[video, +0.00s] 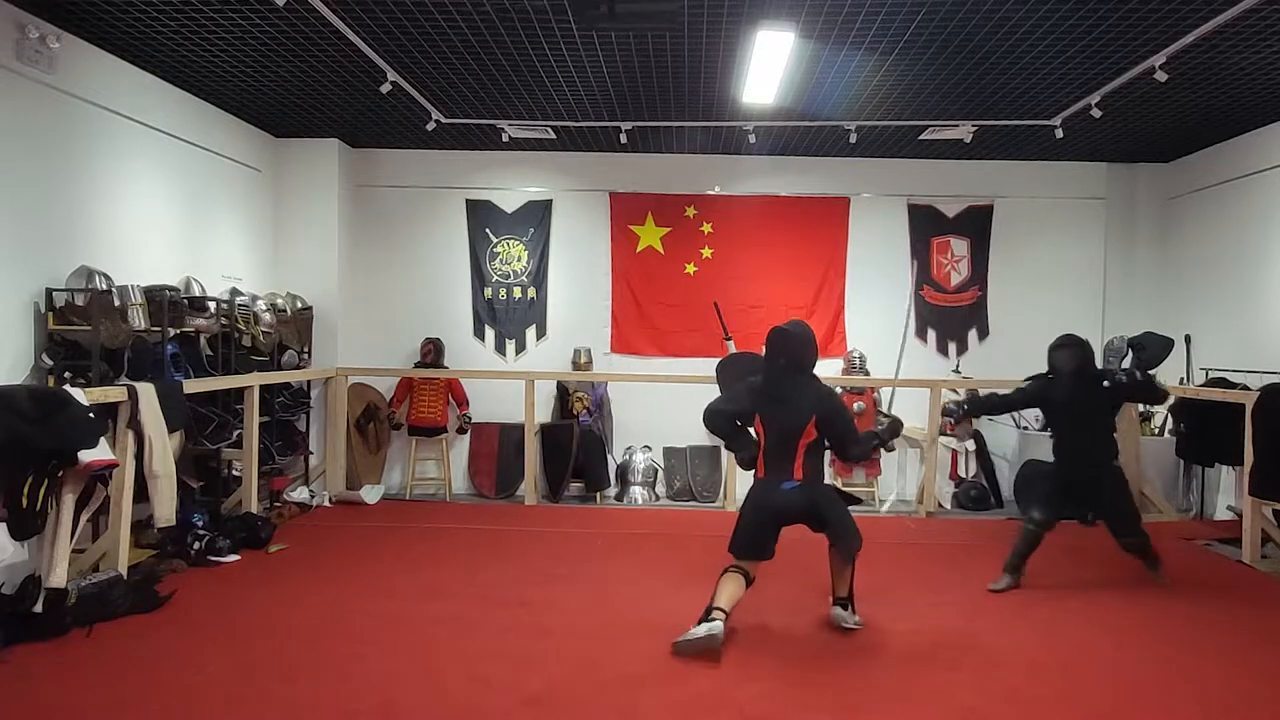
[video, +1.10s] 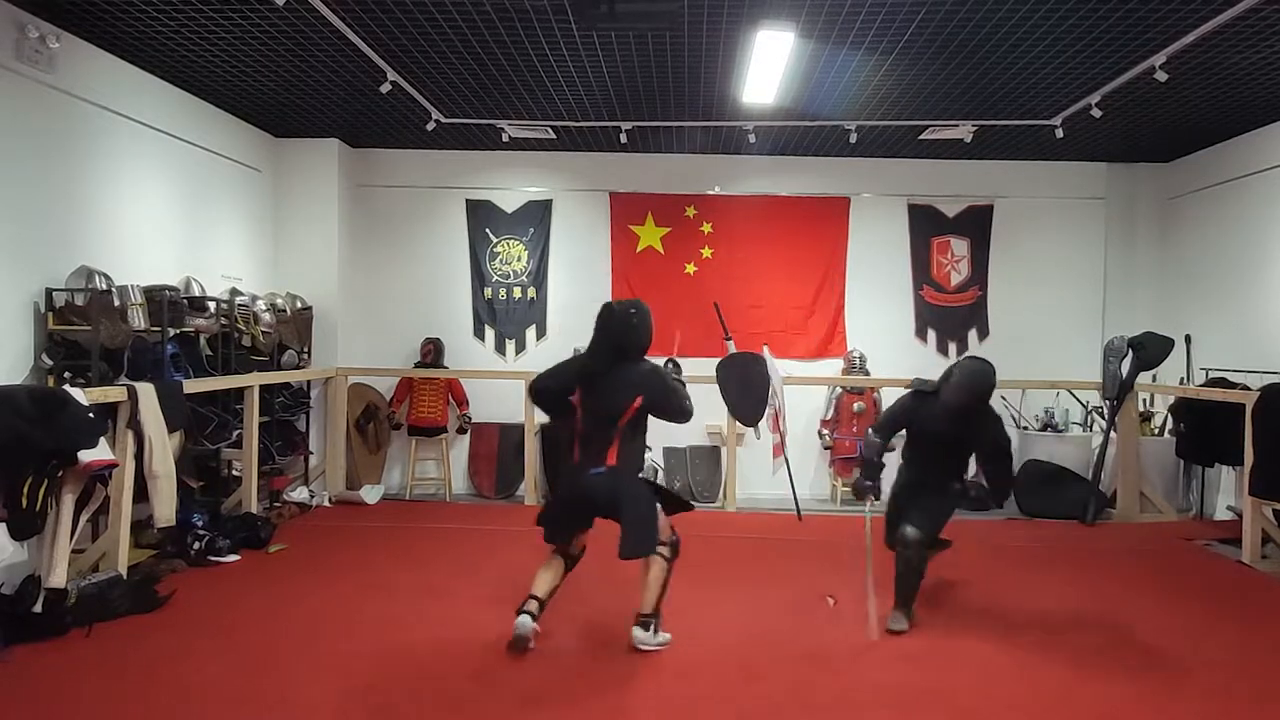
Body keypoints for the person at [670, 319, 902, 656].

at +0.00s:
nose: (812, 357)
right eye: (810, 351)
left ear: (771, 354)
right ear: (809, 356)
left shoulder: (756, 389)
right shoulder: (823, 396)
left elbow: (714, 414)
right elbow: (851, 449)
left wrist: (744, 446)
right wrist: (880, 434)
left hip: (765, 494)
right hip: (811, 494)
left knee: (742, 565)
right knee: (844, 538)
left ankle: (714, 619)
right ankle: (842, 606)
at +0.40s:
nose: (764, 339)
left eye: (761, 333)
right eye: (761, 333)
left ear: (719, 336)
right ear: (756, 338)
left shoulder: (699, 370)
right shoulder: (762, 380)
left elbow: (656, 394)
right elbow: (791, 435)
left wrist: (684, 427)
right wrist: (841, 430)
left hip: (700, 481)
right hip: (747, 484)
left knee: (687, 552)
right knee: (790, 529)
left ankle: (664, 625)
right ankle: (796, 612)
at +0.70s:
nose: (746, 341)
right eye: (742, 335)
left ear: (700, 340)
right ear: (737, 340)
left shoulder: (683, 374)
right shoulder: (746, 381)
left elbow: (639, 401)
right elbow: (773, 439)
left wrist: (668, 432)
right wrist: (822, 427)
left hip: (680, 485)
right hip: (727, 487)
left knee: (655, 547)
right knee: (771, 537)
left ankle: (626, 610)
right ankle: (754, 614)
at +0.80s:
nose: (730, 342)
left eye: (726, 335)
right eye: (726, 337)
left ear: (685, 345)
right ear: (717, 345)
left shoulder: (667, 379)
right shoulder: (729, 387)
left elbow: (626, 405)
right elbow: (758, 443)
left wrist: (656, 436)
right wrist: (804, 428)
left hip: (667, 489)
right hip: (715, 491)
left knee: (636, 552)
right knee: (766, 537)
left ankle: (582, 605)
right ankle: (753, 615)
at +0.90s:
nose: (702, 335)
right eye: (698, 330)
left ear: (655, 339)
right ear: (693, 339)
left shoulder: (640, 374)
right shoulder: (701, 383)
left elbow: (604, 401)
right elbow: (721, 446)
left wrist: (634, 431)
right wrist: (742, 418)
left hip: (643, 483)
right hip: (690, 486)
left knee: (618, 557)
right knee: (743, 537)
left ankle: (555, 609)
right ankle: (755, 616)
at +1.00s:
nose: (679, 334)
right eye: (675, 328)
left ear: (629, 331)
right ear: (672, 336)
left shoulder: (610, 362)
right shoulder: (675, 380)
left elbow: (570, 387)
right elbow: (683, 426)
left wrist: (601, 414)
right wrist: (679, 385)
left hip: (602, 477)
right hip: (649, 477)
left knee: (596, 556)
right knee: (700, 541)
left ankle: (546, 619)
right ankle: (727, 621)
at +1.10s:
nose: (649, 334)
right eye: (647, 328)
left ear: (603, 331)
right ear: (642, 336)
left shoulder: (583, 365)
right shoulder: (645, 376)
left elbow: (540, 389)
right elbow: (682, 411)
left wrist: (573, 419)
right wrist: (673, 377)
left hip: (575, 480)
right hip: (620, 482)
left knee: (567, 548)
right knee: (665, 540)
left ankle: (529, 611)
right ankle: (646, 624)